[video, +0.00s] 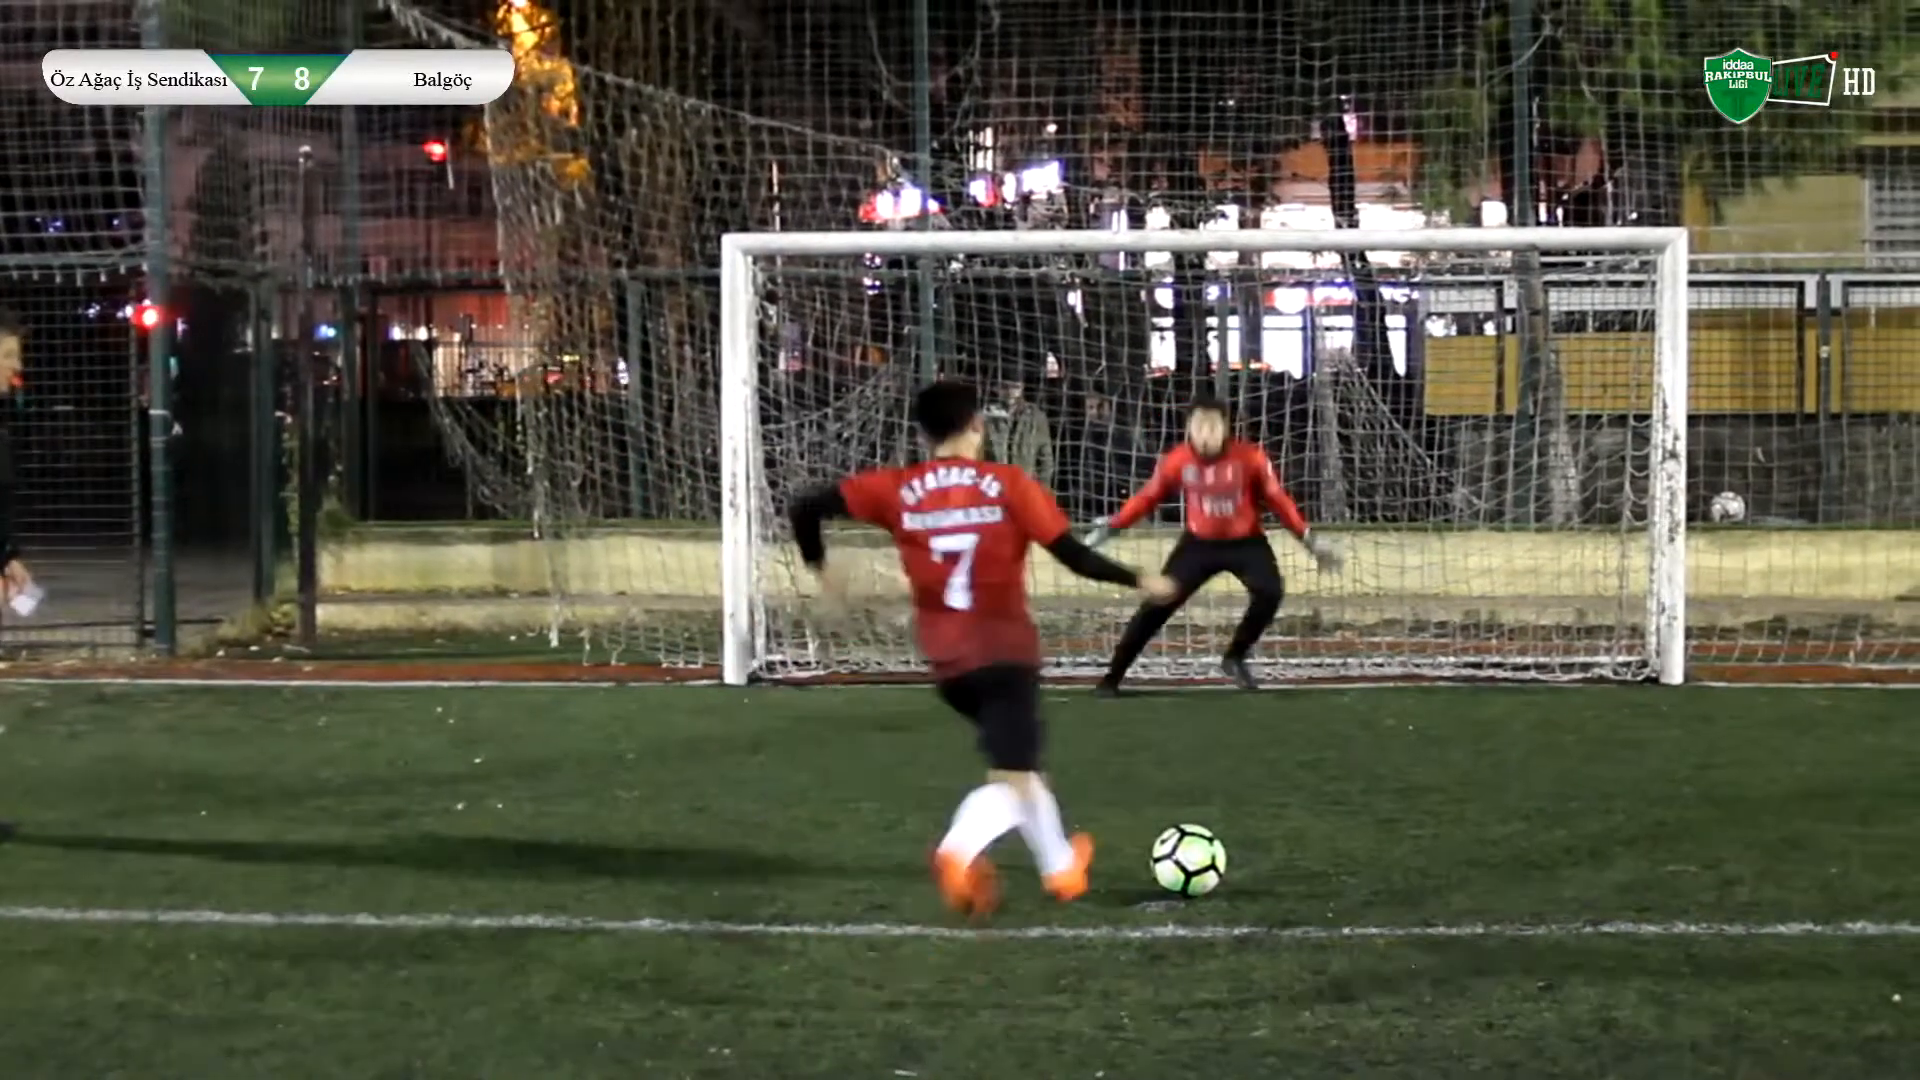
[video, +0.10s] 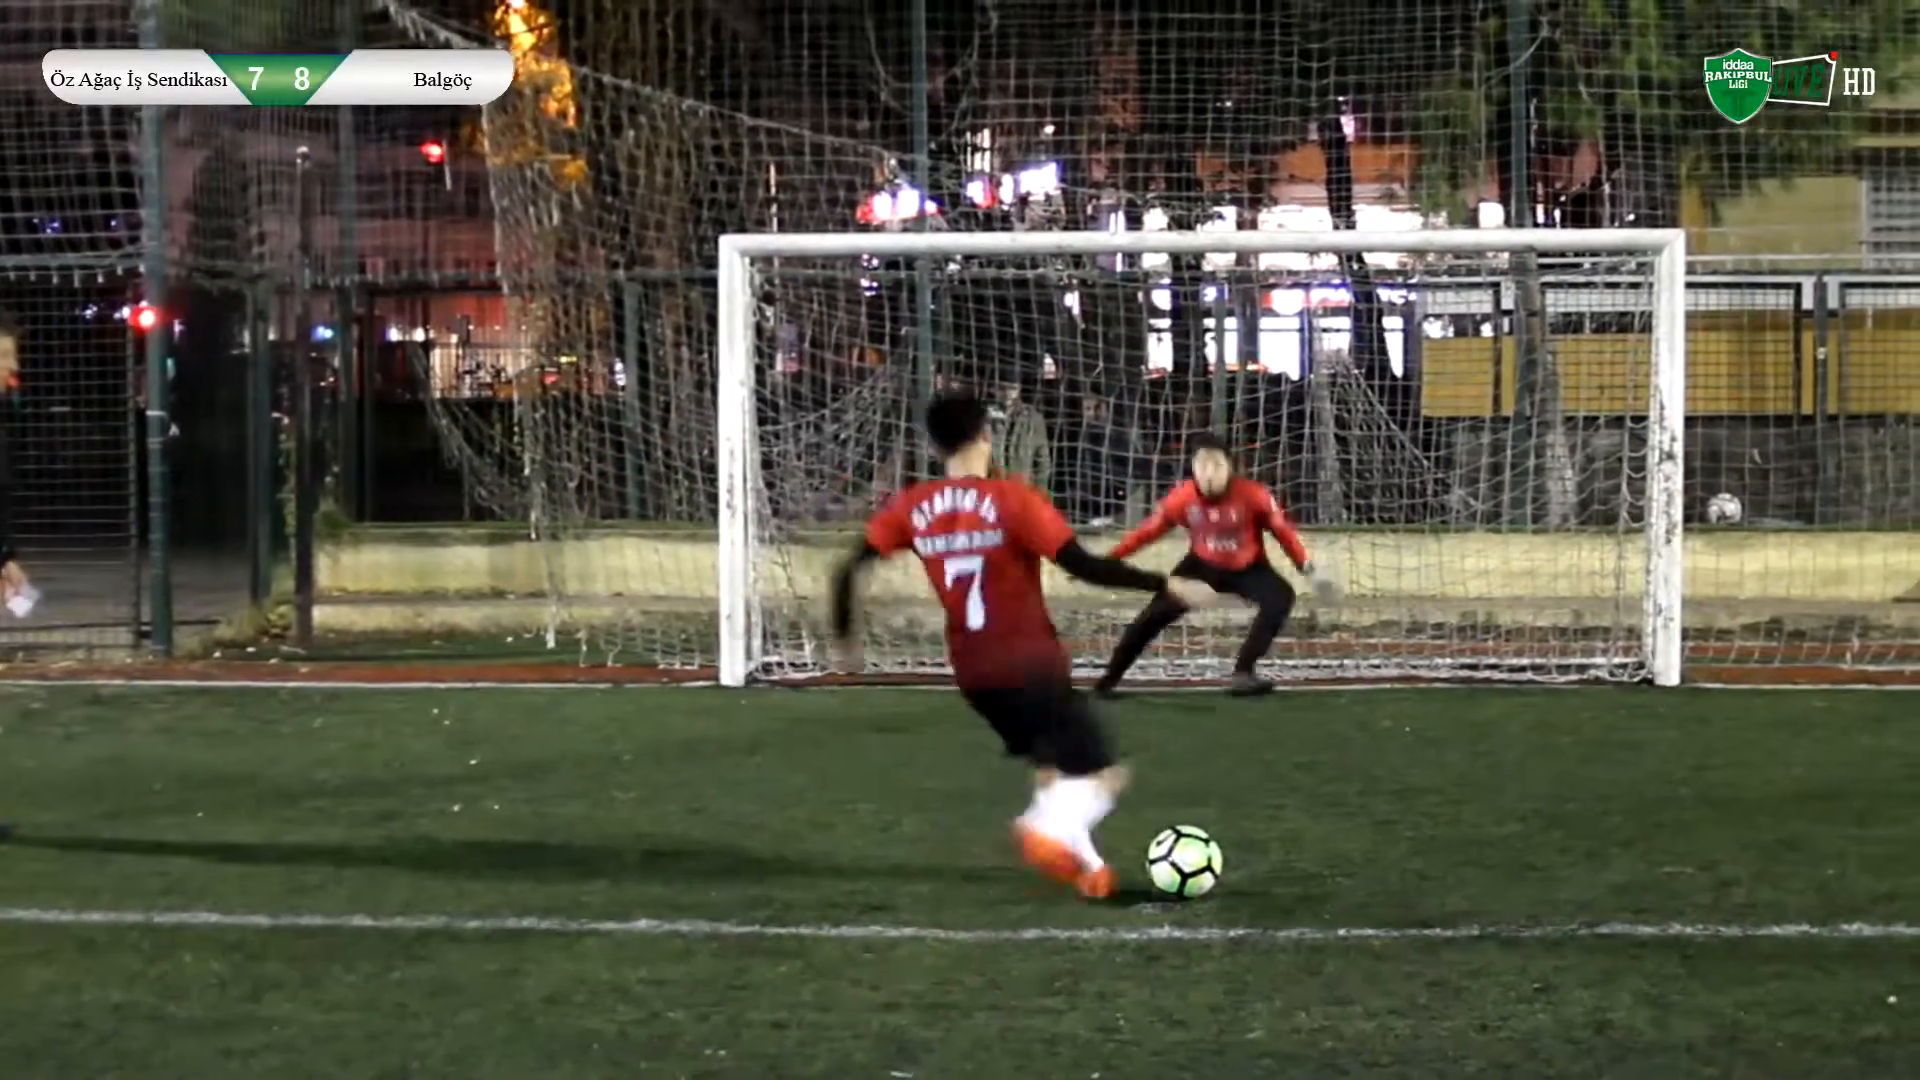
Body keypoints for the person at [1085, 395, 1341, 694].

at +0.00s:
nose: (1206, 434)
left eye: (1213, 426)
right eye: (1199, 426)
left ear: (1226, 428)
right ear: (1189, 429)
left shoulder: (1250, 458)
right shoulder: (1180, 460)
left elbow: (1277, 498)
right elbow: (1148, 496)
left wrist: (1309, 539)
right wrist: (1111, 525)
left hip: (1246, 545)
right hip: (1199, 545)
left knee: (1270, 592)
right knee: (1159, 602)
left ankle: (1234, 657)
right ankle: (1112, 678)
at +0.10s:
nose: (1210, 474)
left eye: (1217, 465)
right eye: (1203, 465)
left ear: (1229, 467)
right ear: (1193, 469)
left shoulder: (1254, 496)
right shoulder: (1184, 498)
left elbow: (1282, 530)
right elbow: (1150, 530)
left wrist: (1306, 565)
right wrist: (1112, 557)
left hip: (1248, 570)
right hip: (1201, 568)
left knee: (1280, 598)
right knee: (1154, 615)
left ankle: (1244, 671)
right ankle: (1109, 680)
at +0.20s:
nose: (1253, 497)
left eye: (1261, 491)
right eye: (1247, 489)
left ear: (1274, 497)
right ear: (1233, 494)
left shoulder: (1287, 529)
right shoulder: (1217, 522)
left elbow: (1308, 566)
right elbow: (1188, 549)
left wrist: (1319, 579)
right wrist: (1169, 563)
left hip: (1258, 609)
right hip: (1216, 602)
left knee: (1292, 629)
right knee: (1161, 636)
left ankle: (1239, 692)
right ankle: (1098, 686)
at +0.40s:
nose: (1421, 526)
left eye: (1422, 522)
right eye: (1416, 519)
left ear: (1419, 530)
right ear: (1404, 518)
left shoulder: (1415, 563)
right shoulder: (1372, 540)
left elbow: (1460, 572)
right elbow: (1383, 521)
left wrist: (1482, 546)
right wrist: (1427, 505)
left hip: (1337, 651)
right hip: (1310, 626)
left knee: (1339, 707)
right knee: (1234, 661)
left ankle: (1263, 705)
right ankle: (1150, 694)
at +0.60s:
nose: (1562, 609)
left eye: (1566, 607)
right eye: (1556, 601)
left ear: (1565, 614)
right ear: (1544, 596)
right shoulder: (1525, 602)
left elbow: (1592, 656)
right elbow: (1561, 588)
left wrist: (1623, 648)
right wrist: (1609, 601)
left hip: (1478, 693)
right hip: (1462, 659)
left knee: (1412, 707)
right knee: (1387, 661)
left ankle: (1339, 712)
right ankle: (1325, 681)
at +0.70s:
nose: (1616, 657)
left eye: (1615, 651)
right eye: (1615, 648)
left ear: (1596, 637)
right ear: (1607, 642)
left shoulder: (1581, 640)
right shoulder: (1589, 692)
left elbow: (1624, 679)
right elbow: (1627, 692)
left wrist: (1667, 701)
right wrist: (1668, 702)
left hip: (1514, 671)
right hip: (1520, 708)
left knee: (1444, 676)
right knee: (1447, 697)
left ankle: (1395, 691)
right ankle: (1403, 695)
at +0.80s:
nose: (1643, 672)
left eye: (1647, 667)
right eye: (1646, 666)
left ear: (1625, 643)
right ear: (1637, 653)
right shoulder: (1610, 647)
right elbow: (1635, 687)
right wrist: (1655, 706)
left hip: (1511, 692)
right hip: (1544, 691)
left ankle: (1482, 602)